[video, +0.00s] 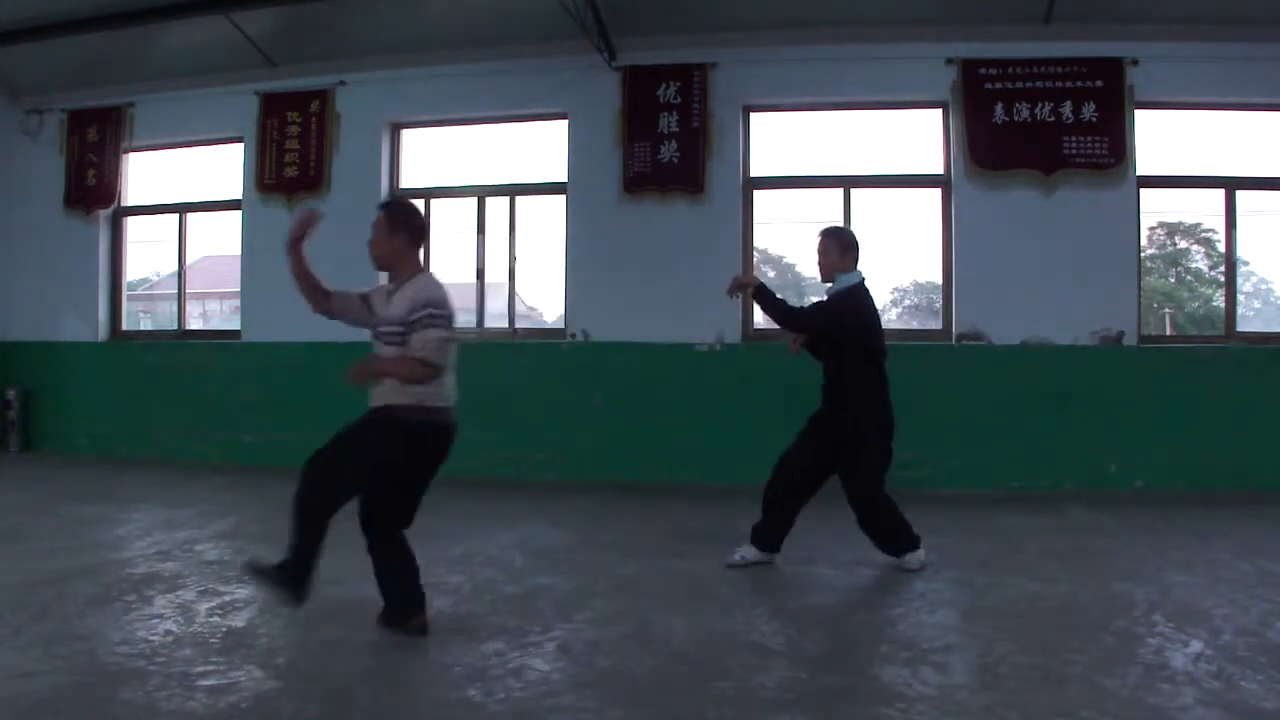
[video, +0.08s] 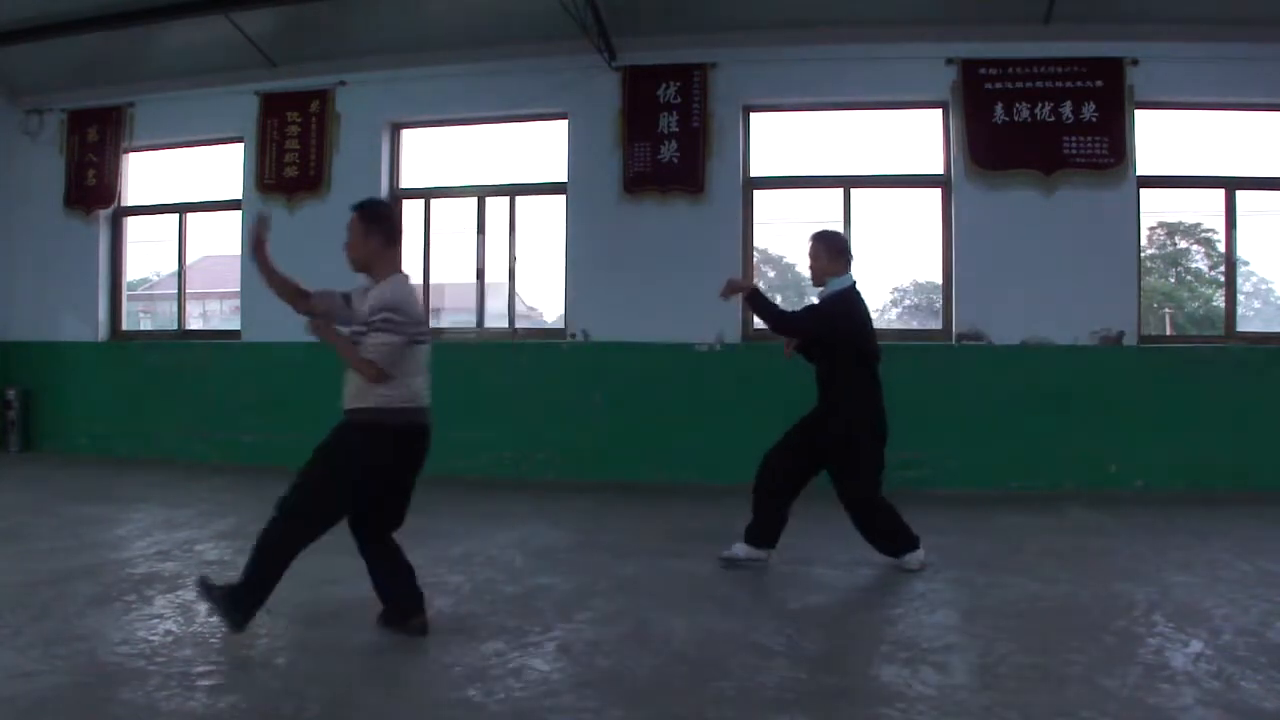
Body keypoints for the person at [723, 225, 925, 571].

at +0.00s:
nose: (817, 260)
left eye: (823, 253)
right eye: (818, 253)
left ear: (844, 256)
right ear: (844, 258)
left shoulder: (847, 301)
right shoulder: (852, 298)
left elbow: (796, 321)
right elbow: (841, 351)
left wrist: (756, 289)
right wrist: (808, 342)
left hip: (856, 414)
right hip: (848, 410)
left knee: (863, 487)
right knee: (792, 473)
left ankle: (909, 548)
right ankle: (764, 545)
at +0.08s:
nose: (809, 264)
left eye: (814, 257)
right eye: (810, 258)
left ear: (832, 260)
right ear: (839, 261)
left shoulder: (840, 305)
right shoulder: (845, 301)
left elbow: (788, 324)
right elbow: (837, 354)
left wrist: (750, 292)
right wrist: (802, 347)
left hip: (849, 416)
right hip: (839, 412)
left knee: (857, 491)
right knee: (779, 469)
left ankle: (908, 548)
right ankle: (757, 544)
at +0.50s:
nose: (686, 263)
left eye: (690, 255)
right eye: (687, 255)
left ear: (706, 258)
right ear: (714, 259)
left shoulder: (713, 301)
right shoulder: (731, 300)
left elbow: (673, 344)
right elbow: (700, 347)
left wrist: (643, 319)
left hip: (724, 415)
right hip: (746, 414)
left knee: (675, 473)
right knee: (749, 495)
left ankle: (685, 548)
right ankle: (817, 519)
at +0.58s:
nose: (657, 247)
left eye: (661, 239)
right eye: (658, 238)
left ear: (677, 240)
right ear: (684, 241)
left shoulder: (700, 284)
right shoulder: (698, 281)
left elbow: (694, 345)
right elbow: (695, 343)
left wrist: (660, 329)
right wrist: (661, 329)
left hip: (709, 397)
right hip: (707, 394)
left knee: (662, 456)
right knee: (668, 457)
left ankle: (684, 546)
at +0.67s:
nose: (642, 236)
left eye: (646, 228)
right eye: (643, 229)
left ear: (662, 230)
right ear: (669, 230)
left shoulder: (690, 269)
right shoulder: (671, 278)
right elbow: (647, 327)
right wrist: (628, 297)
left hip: (691, 376)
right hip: (691, 376)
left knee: (620, 387)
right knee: (675, 452)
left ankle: (649, 453)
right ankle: (678, 535)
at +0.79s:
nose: (618, 230)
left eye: (623, 223)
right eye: (619, 223)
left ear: (641, 224)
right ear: (639, 225)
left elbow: (713, 311)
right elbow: (585, 286)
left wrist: (671, 321)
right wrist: (551, 256)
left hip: (671, 368)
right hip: (642, 365)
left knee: (595, 326)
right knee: (641, 447)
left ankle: (620, 400)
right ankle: (628, 538)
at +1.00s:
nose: (593, 246)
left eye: (598, 238)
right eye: (594, 239)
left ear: (617, 241)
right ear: (614, 243)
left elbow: (656, 342)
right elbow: (557, 303)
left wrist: (619, 343)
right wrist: (521, 271)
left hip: (620, 389)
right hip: (601, 387)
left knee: (534, 380)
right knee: (590, 474)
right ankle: (613, 555)